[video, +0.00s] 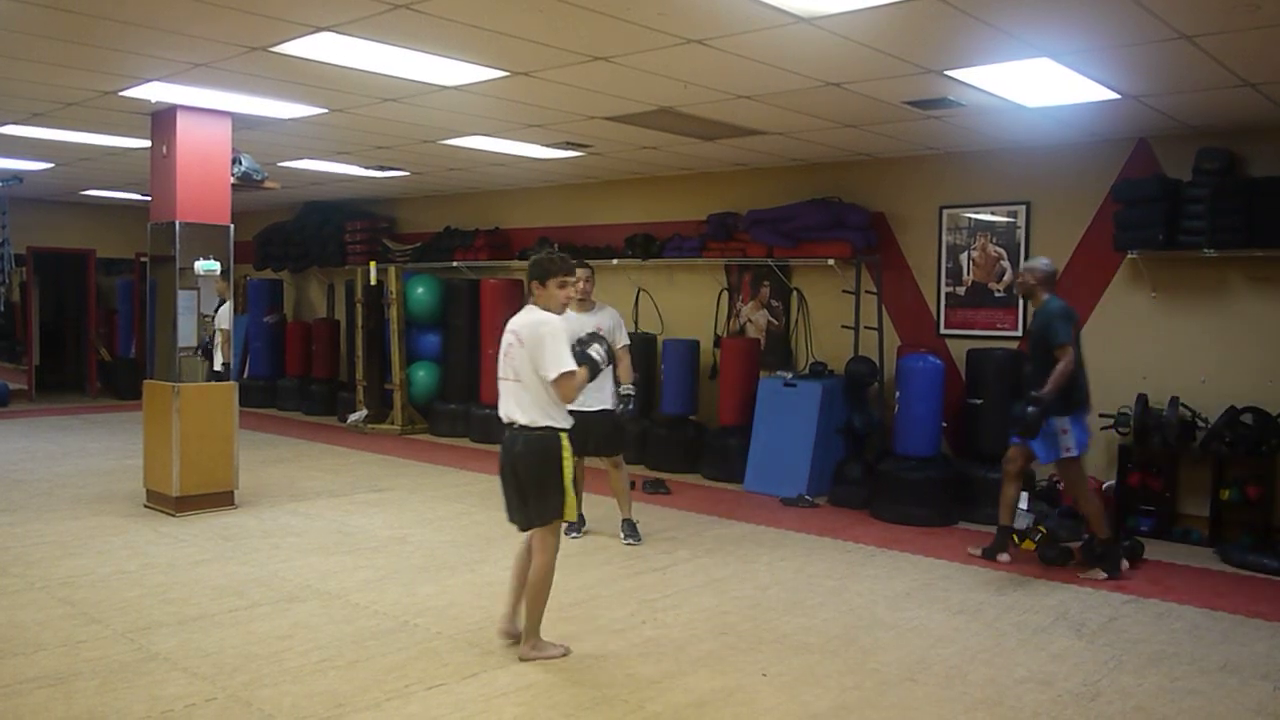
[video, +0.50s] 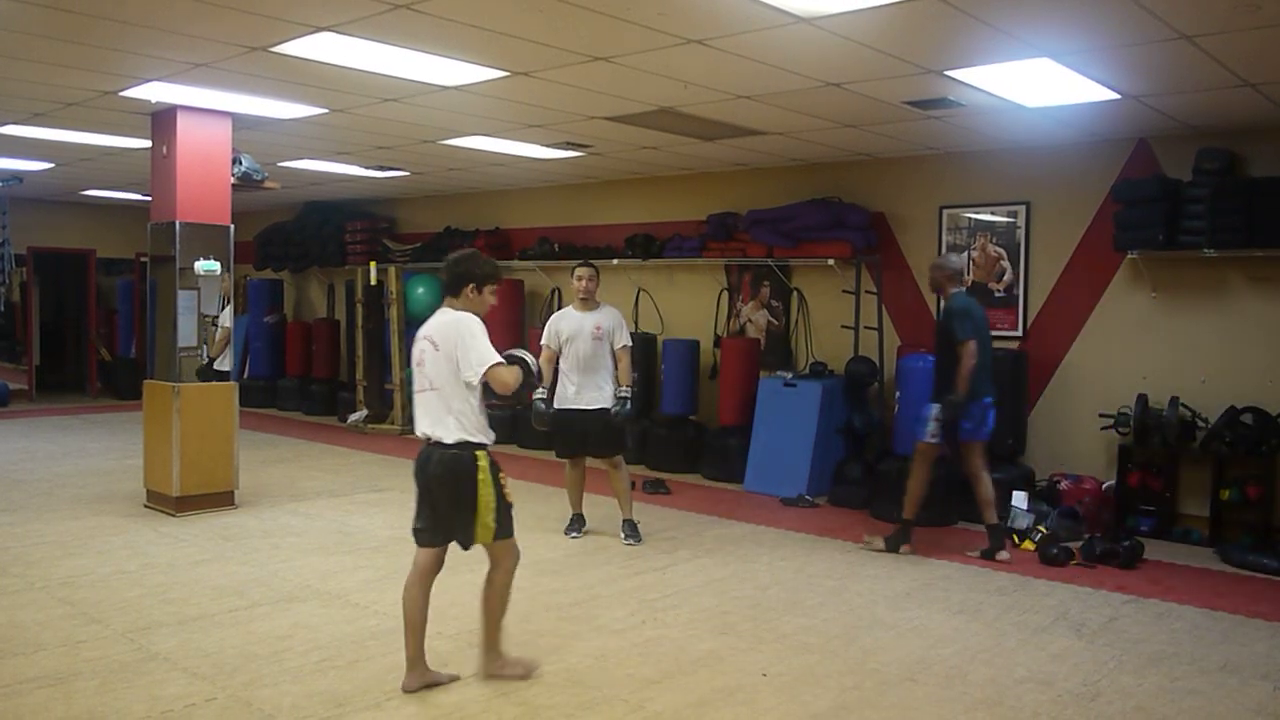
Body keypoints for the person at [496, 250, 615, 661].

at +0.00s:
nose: (572, 292)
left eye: (573, 285)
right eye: (564, 285)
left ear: (536, 290)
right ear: (537, 288)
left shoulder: (518, 322)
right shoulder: (546, 326)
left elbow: (539, 381)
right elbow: (566, 390)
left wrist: (580, 361)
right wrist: (593, 362)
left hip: (516, 439)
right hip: (545, 443)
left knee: (535, 536)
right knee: (546, 542)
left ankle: (510, 622)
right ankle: (531, 640)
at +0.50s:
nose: (494, 300)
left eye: (494, 292)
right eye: (490, 292)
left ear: (456, 289)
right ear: (469, 289)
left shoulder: (429, 327)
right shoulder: (466, 325)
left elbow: (446, 398)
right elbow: (505, 382)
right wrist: (523, 363)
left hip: (431, 458)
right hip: (469, 460)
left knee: (425, 563)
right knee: (505, 554)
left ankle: (416, 669)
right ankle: (493, 658)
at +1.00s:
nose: (442, 293)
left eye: (441, 286)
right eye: (442, 286)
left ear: (396, 281)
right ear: (435, 286)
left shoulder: (363, 327)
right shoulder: (435, 337)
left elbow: (367, 398)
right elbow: (476, 415)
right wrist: (478, 393)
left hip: (374, 470)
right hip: (424, 473)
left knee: (398, 583)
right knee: (411, 600)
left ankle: (401, 687)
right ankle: (394, 712)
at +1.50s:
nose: (362, 290)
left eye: (362, 283)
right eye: (361, 282)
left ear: (307, 281)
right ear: (350, 280)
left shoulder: (280, 338)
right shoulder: (362, 336)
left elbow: (315, 404)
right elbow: (440, 398)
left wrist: (389, 428)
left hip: (311, 499)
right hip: (371, 501)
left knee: (316, 631)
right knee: (384, 629)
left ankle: (300, 717)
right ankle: (395, 717)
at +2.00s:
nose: (277, 282)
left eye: (276, 276)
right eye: (275, 275)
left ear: (216, 282)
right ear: (268, 276)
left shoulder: (188, 344)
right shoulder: (302, 329)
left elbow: (207, 416)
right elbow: (365, 388)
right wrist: (328, 427)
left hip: (224, 522)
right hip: (295, 521)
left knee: (252, 660)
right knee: (305, 663)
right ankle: (280, 714)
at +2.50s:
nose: (197, 268)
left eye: (193, 259)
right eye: (195, 260)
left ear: (122, 270)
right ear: (188, 264)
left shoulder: (82, 336)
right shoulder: (218, 327)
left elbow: (109, 424)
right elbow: (290, 396)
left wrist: (214, 440)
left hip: (119, 548)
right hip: (204, 547)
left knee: (121, 703)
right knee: (200, 699)